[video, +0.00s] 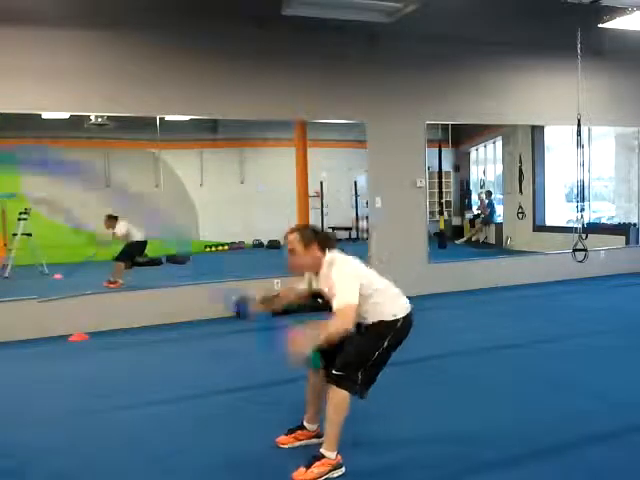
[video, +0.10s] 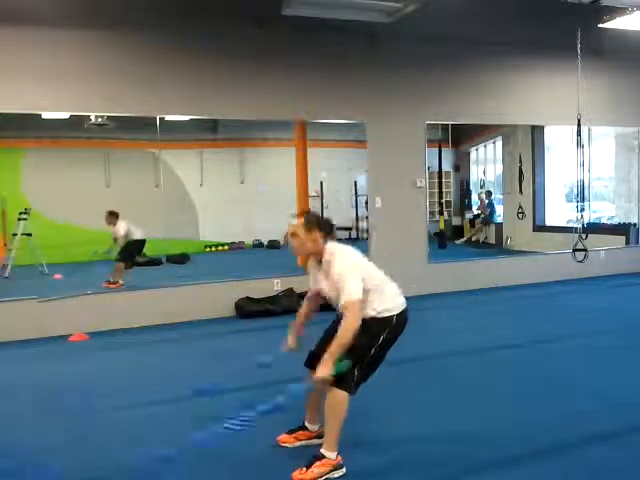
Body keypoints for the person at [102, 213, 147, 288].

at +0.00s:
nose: (105, 225)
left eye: (106, 223)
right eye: (105, 223)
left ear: (111, 221)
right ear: (113, 221)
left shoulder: (120, 225)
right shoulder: (121, 225)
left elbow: (121, 235)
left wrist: (115, 234)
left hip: (136, 241)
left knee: (120, 260)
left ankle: (117, 281)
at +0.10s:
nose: (106, 220)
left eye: (107, 218)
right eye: (106, 218)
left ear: (112, 218)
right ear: (114, 218)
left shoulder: (120, 225)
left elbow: (121, 238)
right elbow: (114, 242)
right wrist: (108, 251)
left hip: (136, 239)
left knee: (121, 259)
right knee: (121, 260)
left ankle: (118, 280)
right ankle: (115, 280)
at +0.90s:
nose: (110, 207)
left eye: (111, 204)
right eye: (110, 205)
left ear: (114, 202)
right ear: (116, 201)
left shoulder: (120, 207)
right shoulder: (122, 207)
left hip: (125, 235)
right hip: (129, 235)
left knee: (111, 259)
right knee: (121, 264)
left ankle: (108, 281)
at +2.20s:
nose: (100, 215)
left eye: (101, 212)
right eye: (100, 213)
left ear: (104, 211)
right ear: (108, 209)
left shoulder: (110, 217)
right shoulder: (113, 215)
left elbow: (117, 232)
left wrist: (114, 245)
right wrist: (115, 244)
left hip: (125, 239)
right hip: (130, 238)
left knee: (111, 260)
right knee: (114, 261)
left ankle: (107, 281)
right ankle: (108, 281)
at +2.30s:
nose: (94, 223)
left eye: (95, 220)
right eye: (94, 220)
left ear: (100, 220)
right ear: (101, 220)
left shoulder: (107, 226)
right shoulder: (106, 227)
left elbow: (111, 240)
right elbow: (105, 241)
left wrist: (104, 252)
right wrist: (99, 251)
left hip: (127, 242)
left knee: (109, 261)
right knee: (110, 261)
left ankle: (109, 282)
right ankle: (109, 282)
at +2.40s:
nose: (97, 216)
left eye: (99, 214)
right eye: (97, 214)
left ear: (103, 214)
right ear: (104, 214)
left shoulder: (111, 221)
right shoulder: (111, 221)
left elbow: (114, 234)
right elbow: (110, 235)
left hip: (126, 240)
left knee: (109, 260)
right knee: (110, 260)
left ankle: (108, 281)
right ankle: (108, 281)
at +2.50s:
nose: (107, 206)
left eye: (108, 204)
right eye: (107, 204)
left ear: (113, 203)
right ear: (116, 203)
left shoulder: (118, 211)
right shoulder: (118, 211)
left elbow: (111, 217)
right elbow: (110, 218)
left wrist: (102, 219)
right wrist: (102, 219)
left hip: (123, 238)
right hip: (123, 237)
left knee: (108, 258)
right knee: (109, 259)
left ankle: (109, 281)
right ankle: (107, 280)